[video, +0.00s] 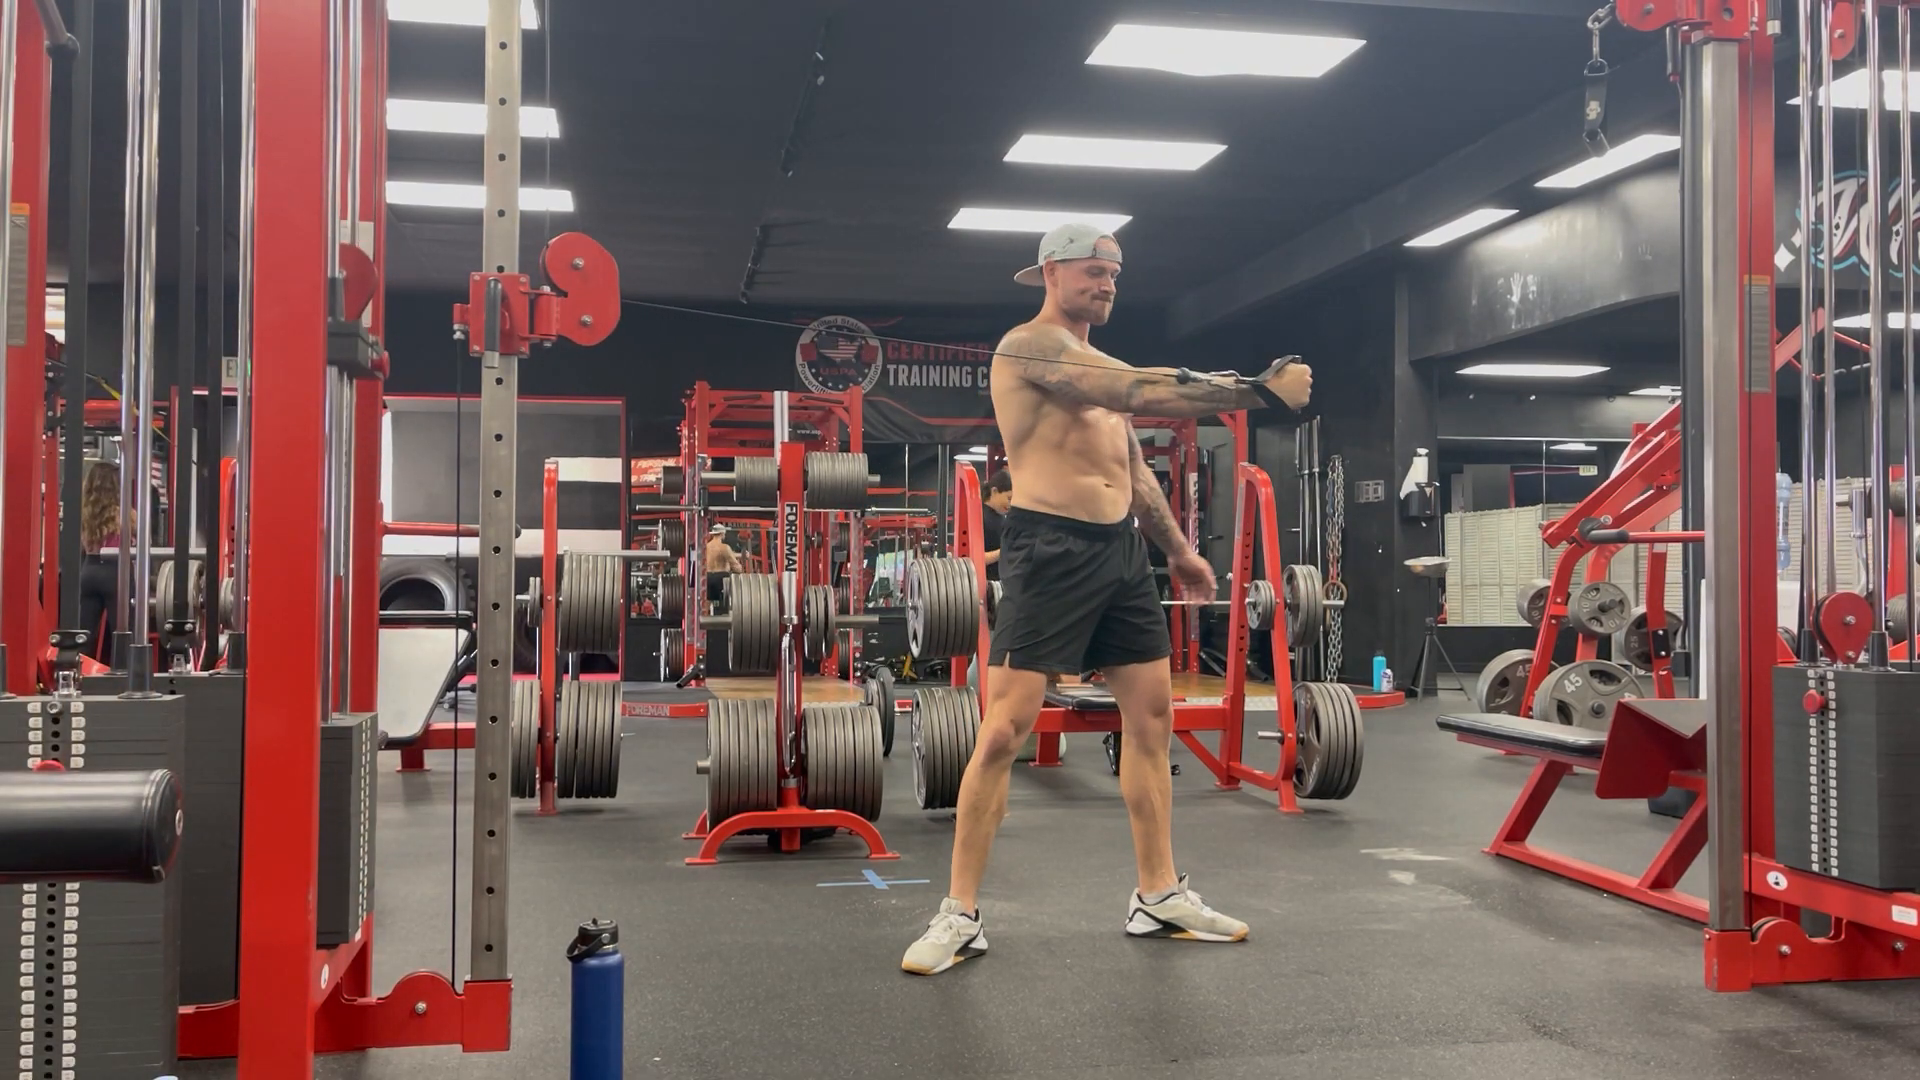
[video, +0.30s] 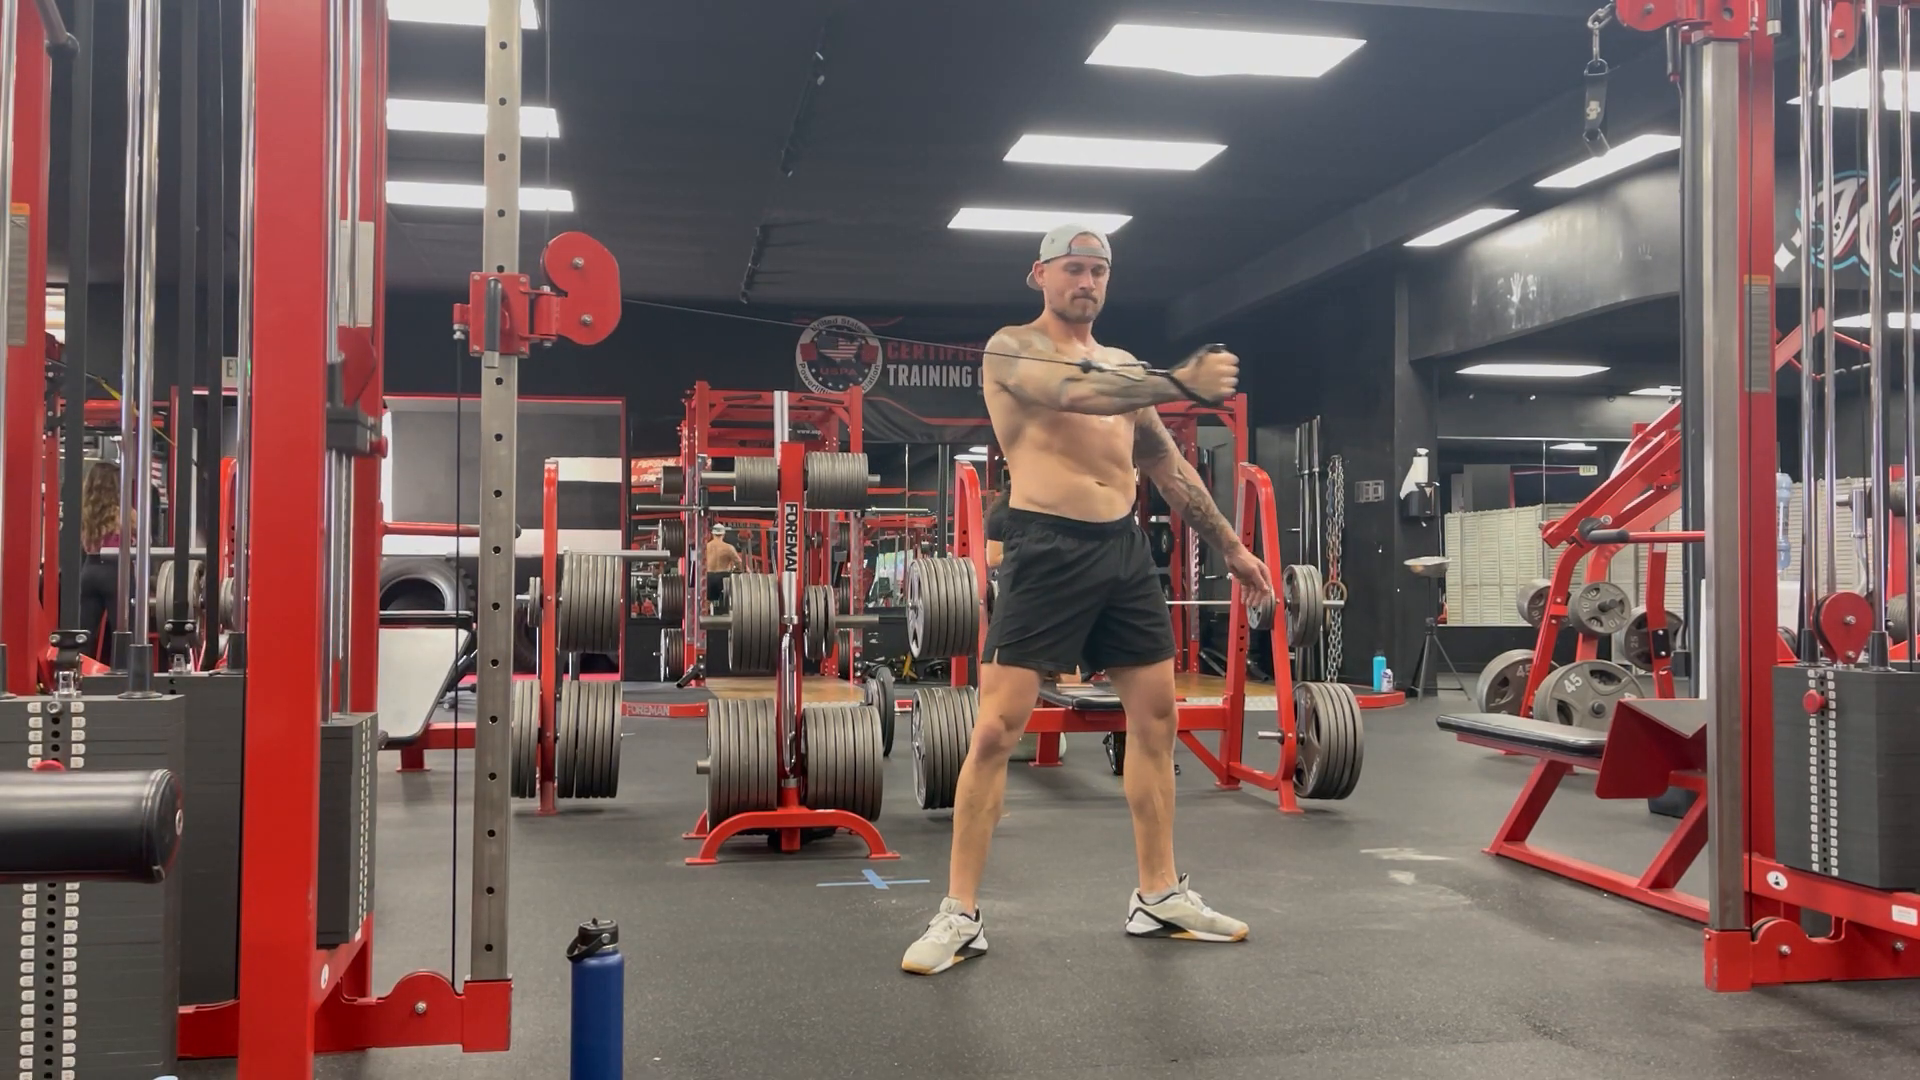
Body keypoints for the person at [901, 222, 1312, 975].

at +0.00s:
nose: (1105, 279)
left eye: (1112, 271)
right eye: (1090, 266)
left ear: (1112, 286)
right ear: (1047, 276)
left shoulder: (1110, 371)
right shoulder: (1026, 345)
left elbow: (1135, 474)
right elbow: (1129, 388)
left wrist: (1180, 549)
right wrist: (1255, 390)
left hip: (1124, 554)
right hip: (1047, 551)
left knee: (1152, 720)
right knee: (1002, 733)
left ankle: (1158, 894)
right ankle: (960, 910)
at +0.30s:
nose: (1087, 279)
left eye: (1097, 269)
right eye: (1072, 266)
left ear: (1107, 283)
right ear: (1039, 278)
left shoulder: (1127, 370)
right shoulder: (1009, 347)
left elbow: (1173, 471)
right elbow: (1068, 388)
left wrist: (1232, 548)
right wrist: (1180, 382)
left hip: (1126, 555)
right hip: (1043, 551)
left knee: (1155, 718)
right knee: (992, 732)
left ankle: (1158, 895)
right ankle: (959, 910)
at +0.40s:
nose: (1077, 280)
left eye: (1090, 270)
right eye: (1063, 267)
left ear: (1105, 284)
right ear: (1037, 278)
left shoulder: (1128, 369)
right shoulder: (1005, 346)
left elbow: (1182, 468)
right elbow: (1043, 392)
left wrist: (1243, 545)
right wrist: (1136, 382)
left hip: (1125, 553)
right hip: (1040, 550)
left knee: (1156, 717)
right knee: (991, 729)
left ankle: (1159, 895)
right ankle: (960, 910)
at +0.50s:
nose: (1073, 280)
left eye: (1085, 269)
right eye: (1060, 268)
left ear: (1104, 283)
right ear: (1036, 279)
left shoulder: (1126, 361)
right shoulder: (1002, 346)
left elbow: (1192, 468)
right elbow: (1021, 394)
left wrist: (1259, 546)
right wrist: (1112, 376)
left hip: (1124, 552)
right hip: (1039, 550)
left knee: (1156, 718)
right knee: (988, 725)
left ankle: (1158, 894)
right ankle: (960, 910)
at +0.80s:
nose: (1046, 281)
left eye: (1061, 269)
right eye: (1036, 269)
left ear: (1094, 282)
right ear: (1025, 281)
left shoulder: (1142, 367)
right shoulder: (1001, 355)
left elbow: (1214, 460)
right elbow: (959, 389)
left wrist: (1289, 535)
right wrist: (953, 366)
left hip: (1119, 549)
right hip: (1028, 550)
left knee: (1152, 721)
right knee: (978, 724)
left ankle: (1158, 895)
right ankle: (958, 910)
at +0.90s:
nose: (1039, 282)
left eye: (1055, 270)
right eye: (1031, 271)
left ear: (1091, 281)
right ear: (1023, 282)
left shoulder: (1143, 367)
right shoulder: (996, 356)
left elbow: (1217, 458)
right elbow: (946, 394)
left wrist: (1295, 533)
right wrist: (918, 373)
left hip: (1118, 550)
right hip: (1026, 551)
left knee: (1152, 722)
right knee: (976, 722)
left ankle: (1158, 895)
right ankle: (958, 909)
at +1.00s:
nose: (1039, 281)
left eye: (1054, 269)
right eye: (1031, 270)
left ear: (1090, 280)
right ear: (1022, 281)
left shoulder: (1142, 367)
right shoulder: (996, 356)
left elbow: (1217, 459)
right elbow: (939, 393)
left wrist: (1294, 531)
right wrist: (907, 373)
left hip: (1119, 552)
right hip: (1027, 552)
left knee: (1155, 720)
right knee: (977, 723)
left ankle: (1157, 895)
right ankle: (958, 909)